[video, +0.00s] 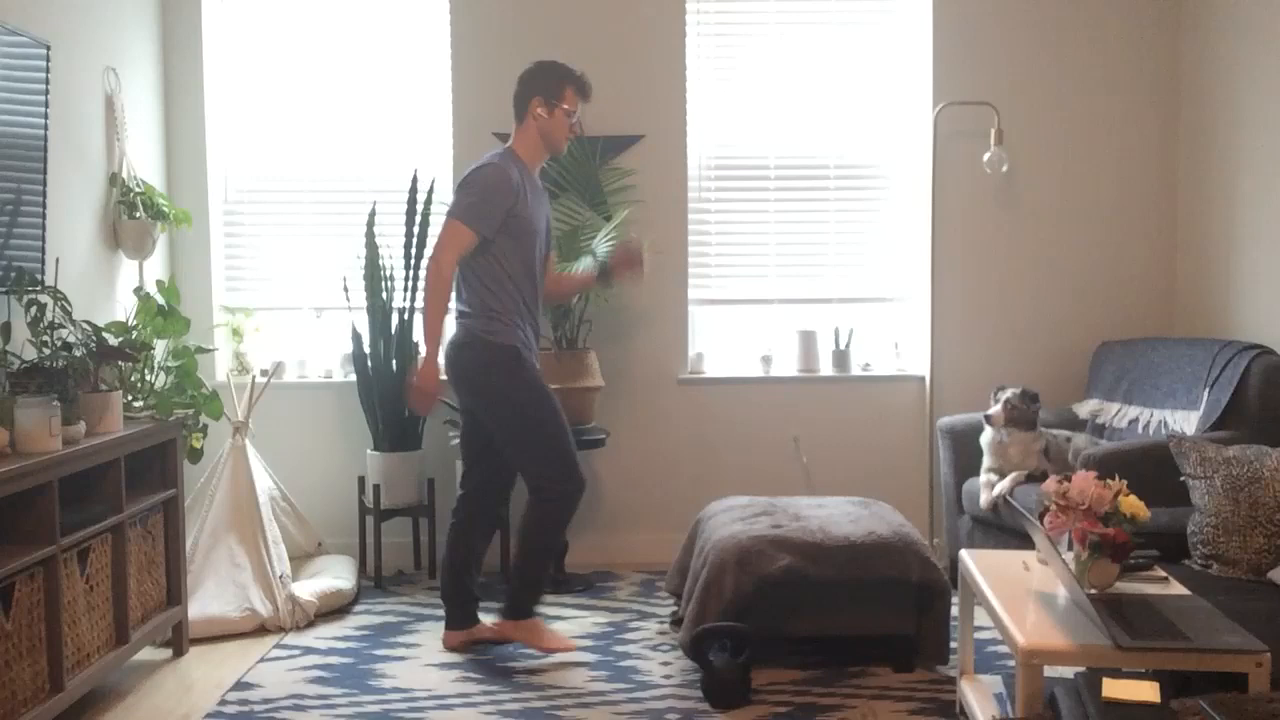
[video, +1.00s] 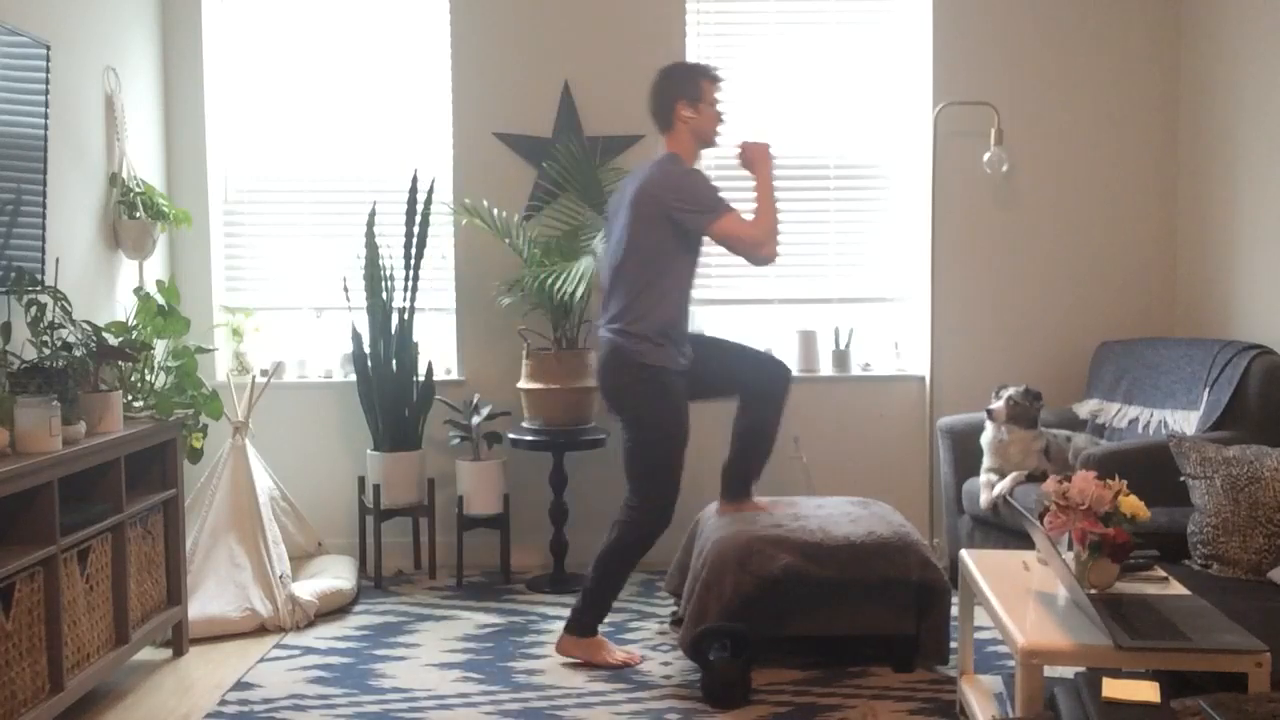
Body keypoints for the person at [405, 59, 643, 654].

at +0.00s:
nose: (576, 127)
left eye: (577, 117)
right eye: (571, 114)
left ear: (546, 114)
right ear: (537, 110)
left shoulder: (533, 189)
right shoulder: (498, 173)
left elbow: (544, 287)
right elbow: (442, 258)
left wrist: (604, 270)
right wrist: (430, 356)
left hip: (498, 354)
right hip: (491, 354)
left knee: (482, 494)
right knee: (561, 482)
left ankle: (461, 625)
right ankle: (519, 617)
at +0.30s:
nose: (599, 119)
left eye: (600, 109)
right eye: (592, 107)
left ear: (568, 111)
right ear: (557, 109)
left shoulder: (563, 187)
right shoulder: (531, 184)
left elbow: (573, 281)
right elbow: (489, 282)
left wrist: (626, 256)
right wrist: (471, 376)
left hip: (548, 362)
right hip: (541, 364)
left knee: (526, 491)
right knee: (584, 498)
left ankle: (464, 616)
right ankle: (575, 637)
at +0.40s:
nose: (607, 112)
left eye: (607, 101)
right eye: (599, 100)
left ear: (572, 107)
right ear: (565, 105)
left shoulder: (570, 180)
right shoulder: (546, 181)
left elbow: (570, 284)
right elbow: (532, 285)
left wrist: (623, 316)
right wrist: (560, 369)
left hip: (571, 355)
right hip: (557, 358)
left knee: (577, 498)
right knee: (588, 504)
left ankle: (493, 581)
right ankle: (575, 638)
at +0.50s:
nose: (619, 108)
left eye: (619, 97)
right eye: (612, 97)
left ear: (580, 102)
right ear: (580, 101)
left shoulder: (563, 170)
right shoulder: (568, 173)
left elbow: (575, 280)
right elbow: (584, 278)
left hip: (583, 352)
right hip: (565, 353)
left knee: (657, 444)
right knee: (586, 493)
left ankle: (561, 524)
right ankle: (574, 639)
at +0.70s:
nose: (653, 104)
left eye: (651, 93)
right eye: (646, 93)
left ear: (606, 99)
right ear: (614, 96)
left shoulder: (569, 169)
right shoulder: (607, 164)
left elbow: (541, 266)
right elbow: (693, 241)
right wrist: (744, 180)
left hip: (598, 334)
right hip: (598, 347)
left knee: (721, 328)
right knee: (594, 498)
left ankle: (683, 448)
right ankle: (574, 638)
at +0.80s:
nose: (674, 105)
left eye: (671, 94)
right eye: (666, 95)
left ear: (627, 104)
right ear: (635, 100)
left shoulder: (591, 170)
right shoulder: (630, 167)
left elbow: (554, 268)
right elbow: (723, 232)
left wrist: (554, 356)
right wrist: (740, 158)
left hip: (605, 336)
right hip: (615, 351)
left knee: (736, 315)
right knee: (604, 503)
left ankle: (726, 442)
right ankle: (575, 638)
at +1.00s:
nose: (721, 116)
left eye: (718, 105)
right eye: (713, 106)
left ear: (677, 115)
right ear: (682, 112)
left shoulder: (644, 180)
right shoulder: (673, 179)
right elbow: (762, 244)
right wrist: (763, 174)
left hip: (656, 350)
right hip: (643, 360)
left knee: (769, 374)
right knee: (651, 508)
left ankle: (737, 497)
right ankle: (579, 634)